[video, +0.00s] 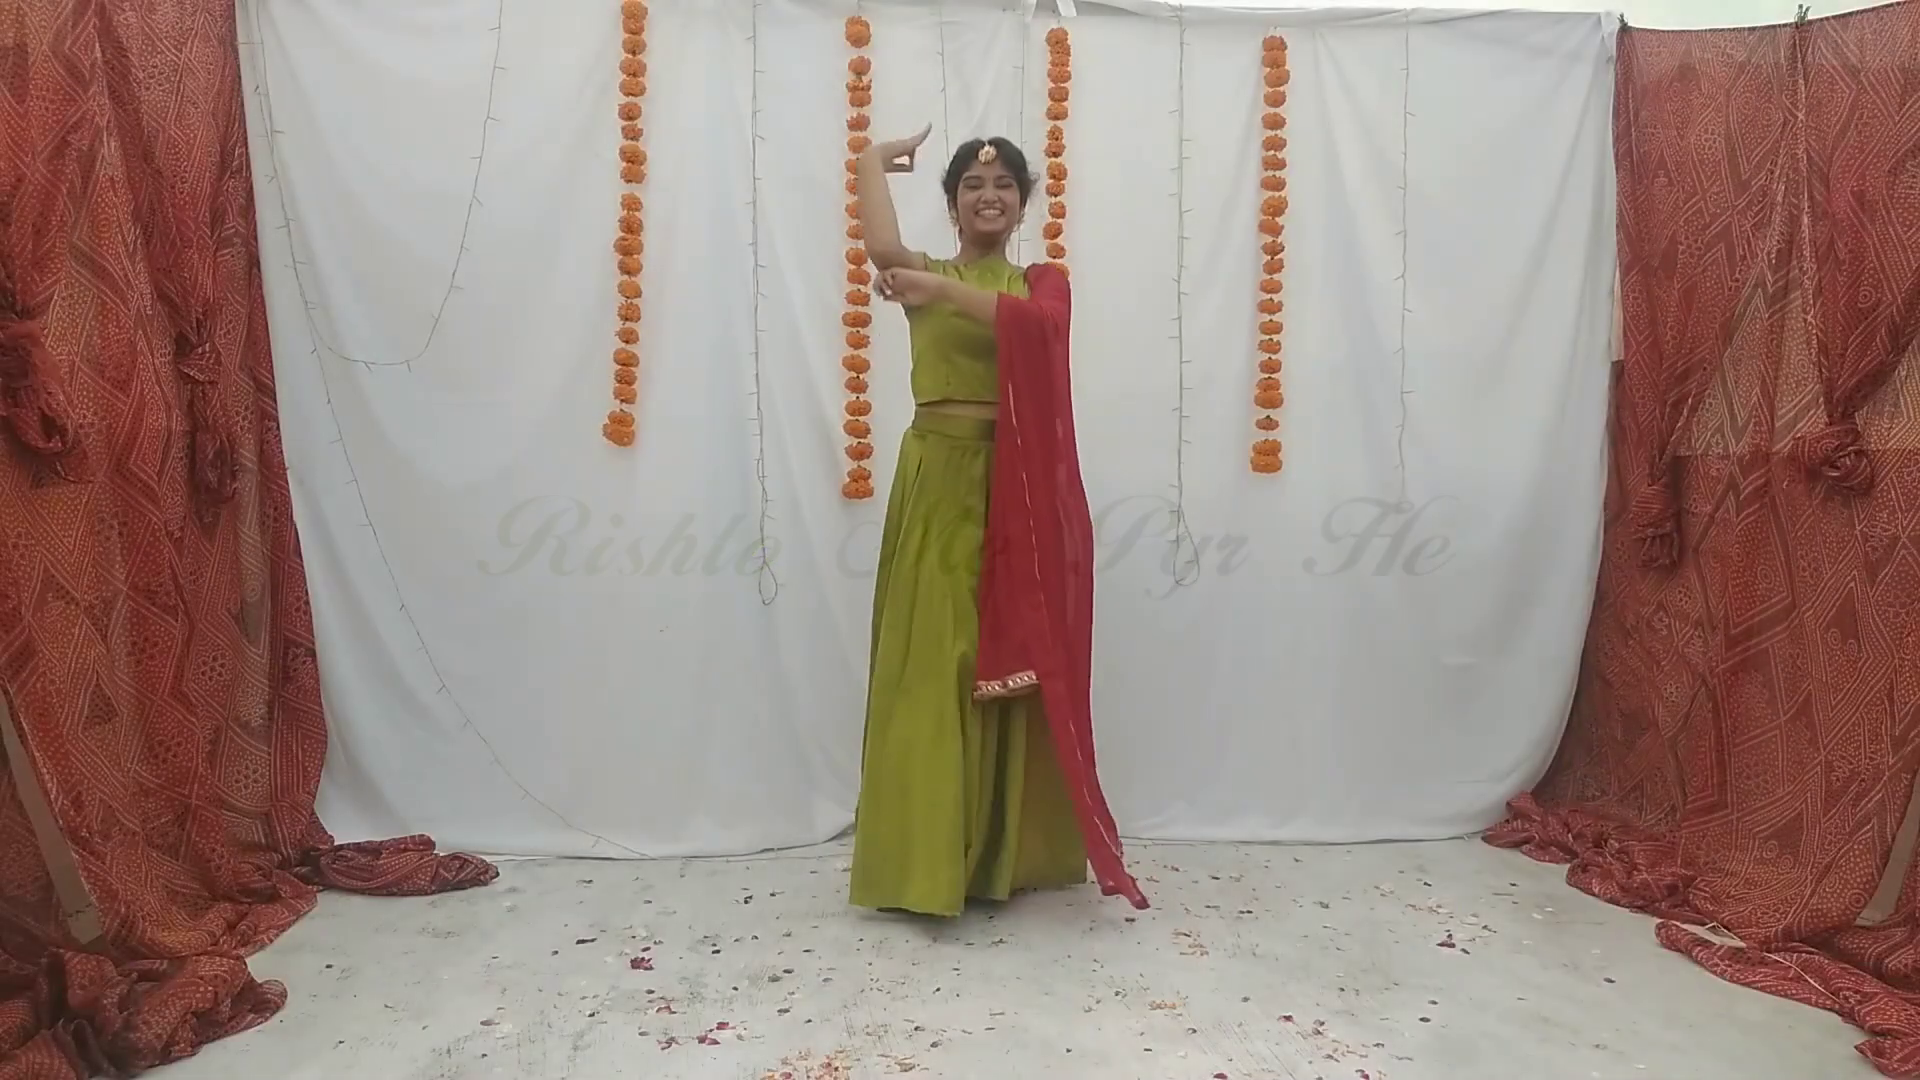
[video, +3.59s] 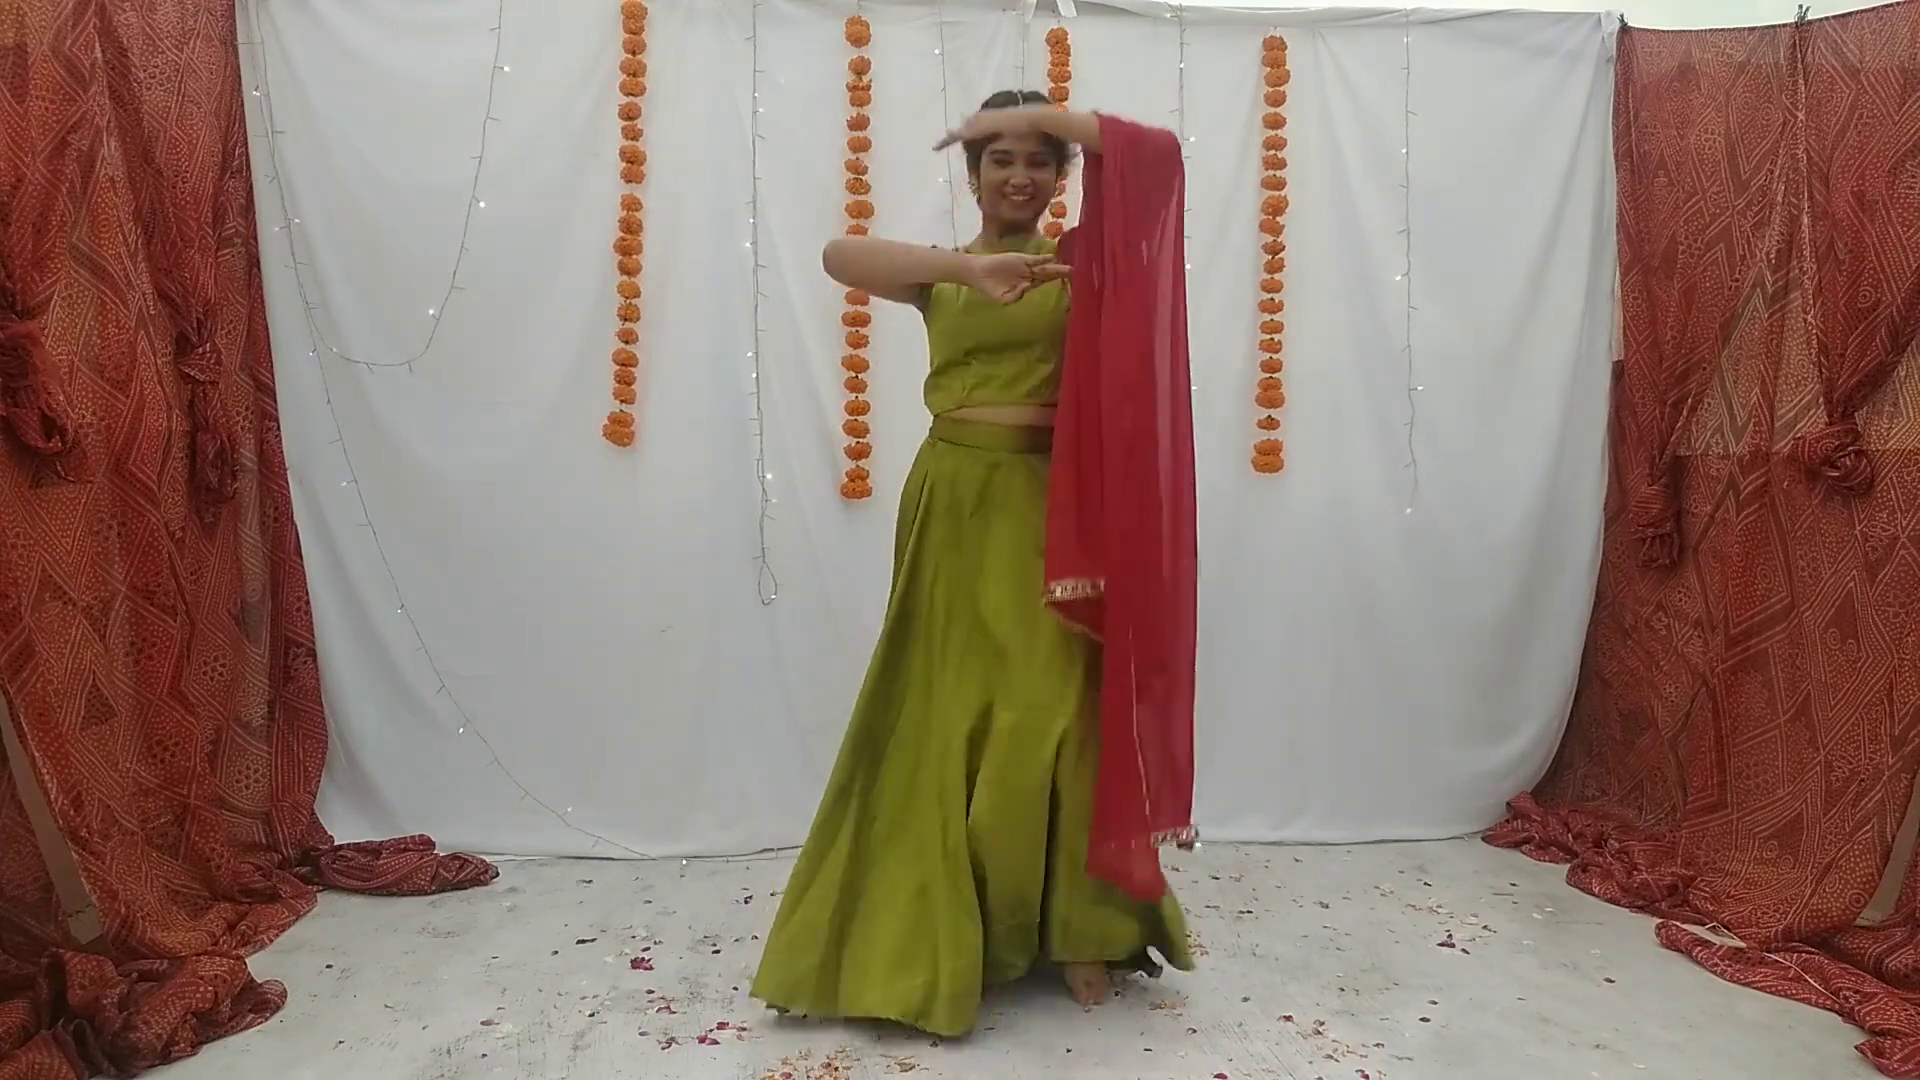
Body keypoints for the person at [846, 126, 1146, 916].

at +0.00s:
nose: (986, 198)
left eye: (1001, 186)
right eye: (973, 186)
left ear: (1022, 201)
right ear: (952, 201)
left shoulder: (1041, 285)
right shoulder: (930, 277)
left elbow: (1037, 330)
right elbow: (885, 248)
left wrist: (940, 290)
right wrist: (871, 160)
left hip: (1014, 484)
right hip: (935, 479)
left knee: (1008, 663)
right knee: (930, 666)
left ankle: (998, 858)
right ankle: (926, 863)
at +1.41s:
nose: (976, 180)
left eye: (990, 170)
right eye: (962, 168)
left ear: (1008, 187)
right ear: (936, 184)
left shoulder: (1026, 263)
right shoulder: (905, 258)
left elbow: (1107, 198)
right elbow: (828, 182)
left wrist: (1023, 147)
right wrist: (925, 167)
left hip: (998, 455)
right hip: (920, 452)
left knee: (992, 645)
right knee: (920, 644)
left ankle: (979, 842)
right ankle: (924, 852)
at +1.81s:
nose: (956, 190)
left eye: (971, 183)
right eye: (943, 183)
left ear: (995, 206)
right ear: (926, 207)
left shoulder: (1021, 283)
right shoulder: (908, 280)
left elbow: (1087, 225)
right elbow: (845, 184)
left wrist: (988, 215)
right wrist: (928, 130)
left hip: (997, 481)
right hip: (917, 477)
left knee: (1002, 663)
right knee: (915, 665)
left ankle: (1003, 855)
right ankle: (913, 865)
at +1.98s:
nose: (965, 241)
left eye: (981, 229)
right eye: (951, 230)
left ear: (1003, 242)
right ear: (934, 241)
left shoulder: (1012, 326)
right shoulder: (898, 313)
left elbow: (1075, 317)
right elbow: (816, 283)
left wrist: (972, 317)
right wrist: (921, 272)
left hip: (979, 510)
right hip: (897, 508)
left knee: (980, 684)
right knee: (887, 688)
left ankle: (1021, 846)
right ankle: (903, 866)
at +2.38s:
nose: (969, 211)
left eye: (984, 197)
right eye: (953, 195)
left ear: (1003, 204)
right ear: (932, 201)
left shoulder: (1023, 283)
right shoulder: (902, 280)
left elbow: (1094, 211)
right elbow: (817, 300)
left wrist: (1005, 174)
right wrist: (923, 309)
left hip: (989, 487)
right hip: (905, 487)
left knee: (988, 673)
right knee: (910, 673)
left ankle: (983, 882)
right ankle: (916, 867)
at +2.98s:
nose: (976, 198)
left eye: (989, 184)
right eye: (961, 185)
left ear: (1013, 192)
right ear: (944, 191)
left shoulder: (1043, 270)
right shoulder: (919, 268)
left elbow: (1126, 262)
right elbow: (853, 179)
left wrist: (998, 239)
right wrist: (957, 169)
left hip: (1025, 493)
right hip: (932, 490)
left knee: (1014, 692)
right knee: (917, 680)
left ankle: (1010, 880)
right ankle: (917, 904)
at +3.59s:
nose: (1019, 174)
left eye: (1037, 160)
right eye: (1001, 158)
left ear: (1059, 176)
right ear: (975, 171)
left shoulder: (1089, 264)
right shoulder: (948, 271)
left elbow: (1163, 158)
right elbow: (841, 256)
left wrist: (1054, 119)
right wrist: (956, 265)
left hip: (1060, 496)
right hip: (959, 491)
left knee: (1066, 715)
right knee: (950, 713)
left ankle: (1083, 932)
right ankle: (933, 938)